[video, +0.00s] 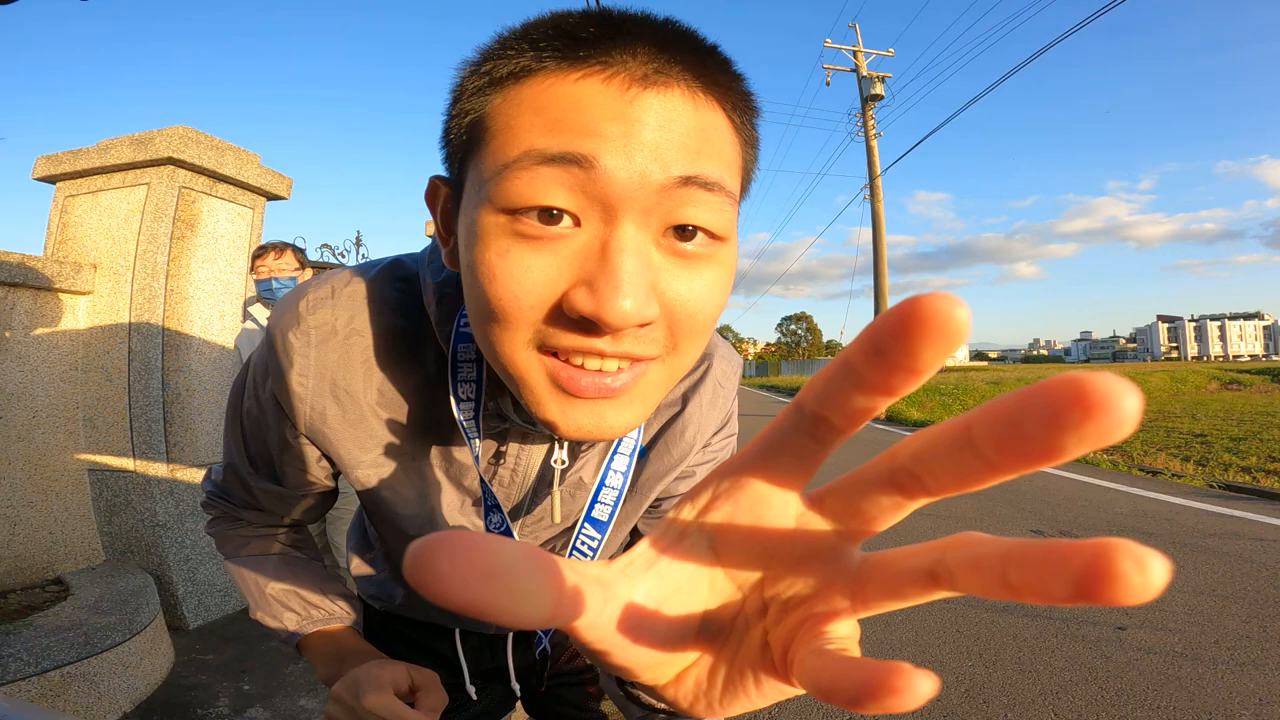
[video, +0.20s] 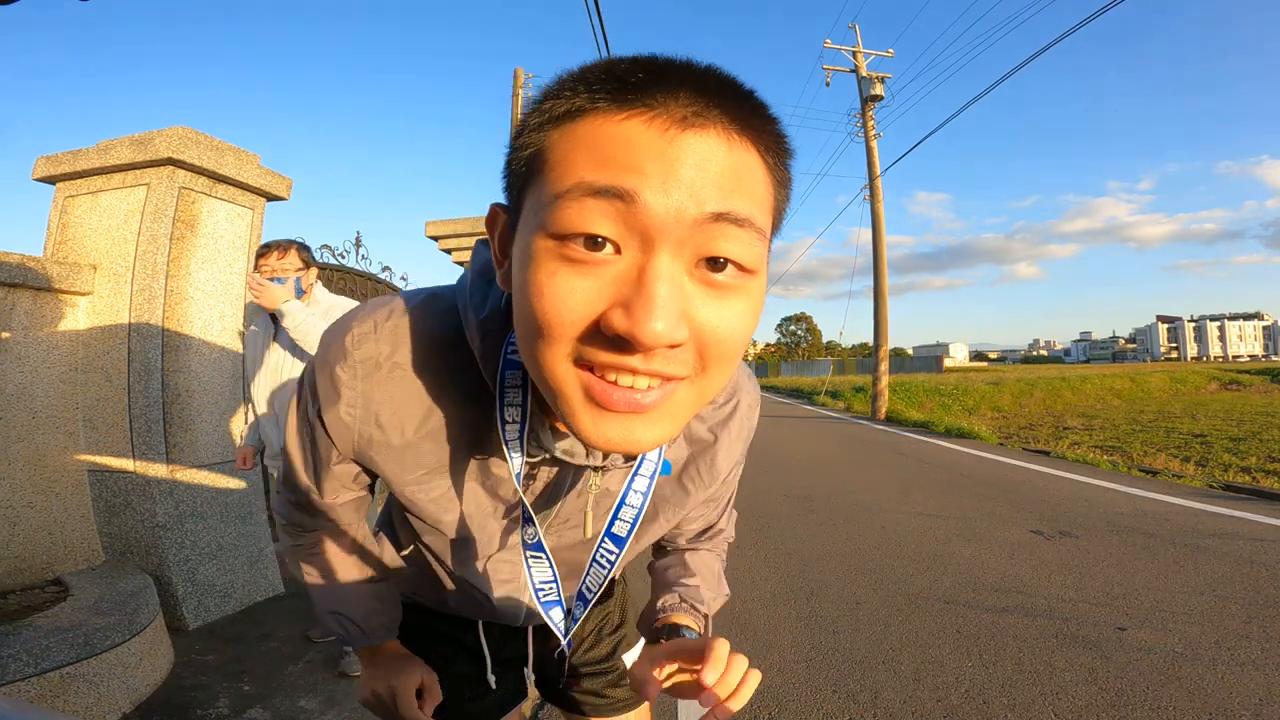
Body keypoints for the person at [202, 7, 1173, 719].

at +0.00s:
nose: (615, 301)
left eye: (685, 236)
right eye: (546, 216)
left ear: (734, 261)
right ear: (448, 227)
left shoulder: (713, 384)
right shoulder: (326, 348)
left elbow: (690, 543)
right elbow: (253, 524)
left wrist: (668, 637)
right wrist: (339, 660)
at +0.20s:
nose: (650, 326)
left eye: (720, 263)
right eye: (595, 241)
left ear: (762, 289)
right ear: (505, 249)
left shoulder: (725, 407)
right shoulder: (373, 363)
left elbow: (698, 534)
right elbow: (314, 505)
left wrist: (680, 627)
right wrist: (374, 645)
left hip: (598, 591)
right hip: (451, 601)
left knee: (615, 705)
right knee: (460, 709)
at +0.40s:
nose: (694, 368)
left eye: (754, 320)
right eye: (652, 299)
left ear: (796, 340)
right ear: (582, 301)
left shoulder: (762, 442)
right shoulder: (449, 415)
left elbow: (711, 528)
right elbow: (389, 534)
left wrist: (691, 606)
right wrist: (397, 614)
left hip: (633, 583)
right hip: (495, 585)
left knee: (637, 705)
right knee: (518, 708)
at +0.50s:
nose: (707, 375)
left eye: (765, 334)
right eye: (672, 314)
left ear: (805, 355)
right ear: (610, 316)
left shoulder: (772, 454)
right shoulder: (481, 425)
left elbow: (687, 529)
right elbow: (416, 535)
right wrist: (441, 595)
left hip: (639, 581)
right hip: (509, 586)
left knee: (650, 708)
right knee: (533, 709)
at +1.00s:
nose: (665, 355)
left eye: (708, 325)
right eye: (640, 314)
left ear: (770, 326)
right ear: (614, 299)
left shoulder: (767, 432)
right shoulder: (520, 401)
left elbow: (716, 528)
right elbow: (450, 518)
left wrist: (676, 569)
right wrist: (486, 583)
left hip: (653, 581)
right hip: (531, 586)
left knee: (674, 710)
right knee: (533, 708)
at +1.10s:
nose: (604, 333)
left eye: (644, 302)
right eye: (581, 296)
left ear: (719, 293)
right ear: (563, 280)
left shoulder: (748, 407)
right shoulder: (501, 385)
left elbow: (728, 516)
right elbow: (447, 515)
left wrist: (702, 586)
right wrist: (474, 586)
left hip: (656, 581)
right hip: (533, 584)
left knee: (673, 710)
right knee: (522, 709)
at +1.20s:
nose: (540, 312)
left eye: (574, 279)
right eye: (518, 277)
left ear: (659, 264)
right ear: (503, 264)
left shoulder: (718, 383)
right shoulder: (473, 375)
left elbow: (727, 517)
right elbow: (437, 515)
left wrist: (728, 609)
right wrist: (455, 598)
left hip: (651, 591)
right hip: (525, 592)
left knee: (665, 709)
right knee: (506, 709)